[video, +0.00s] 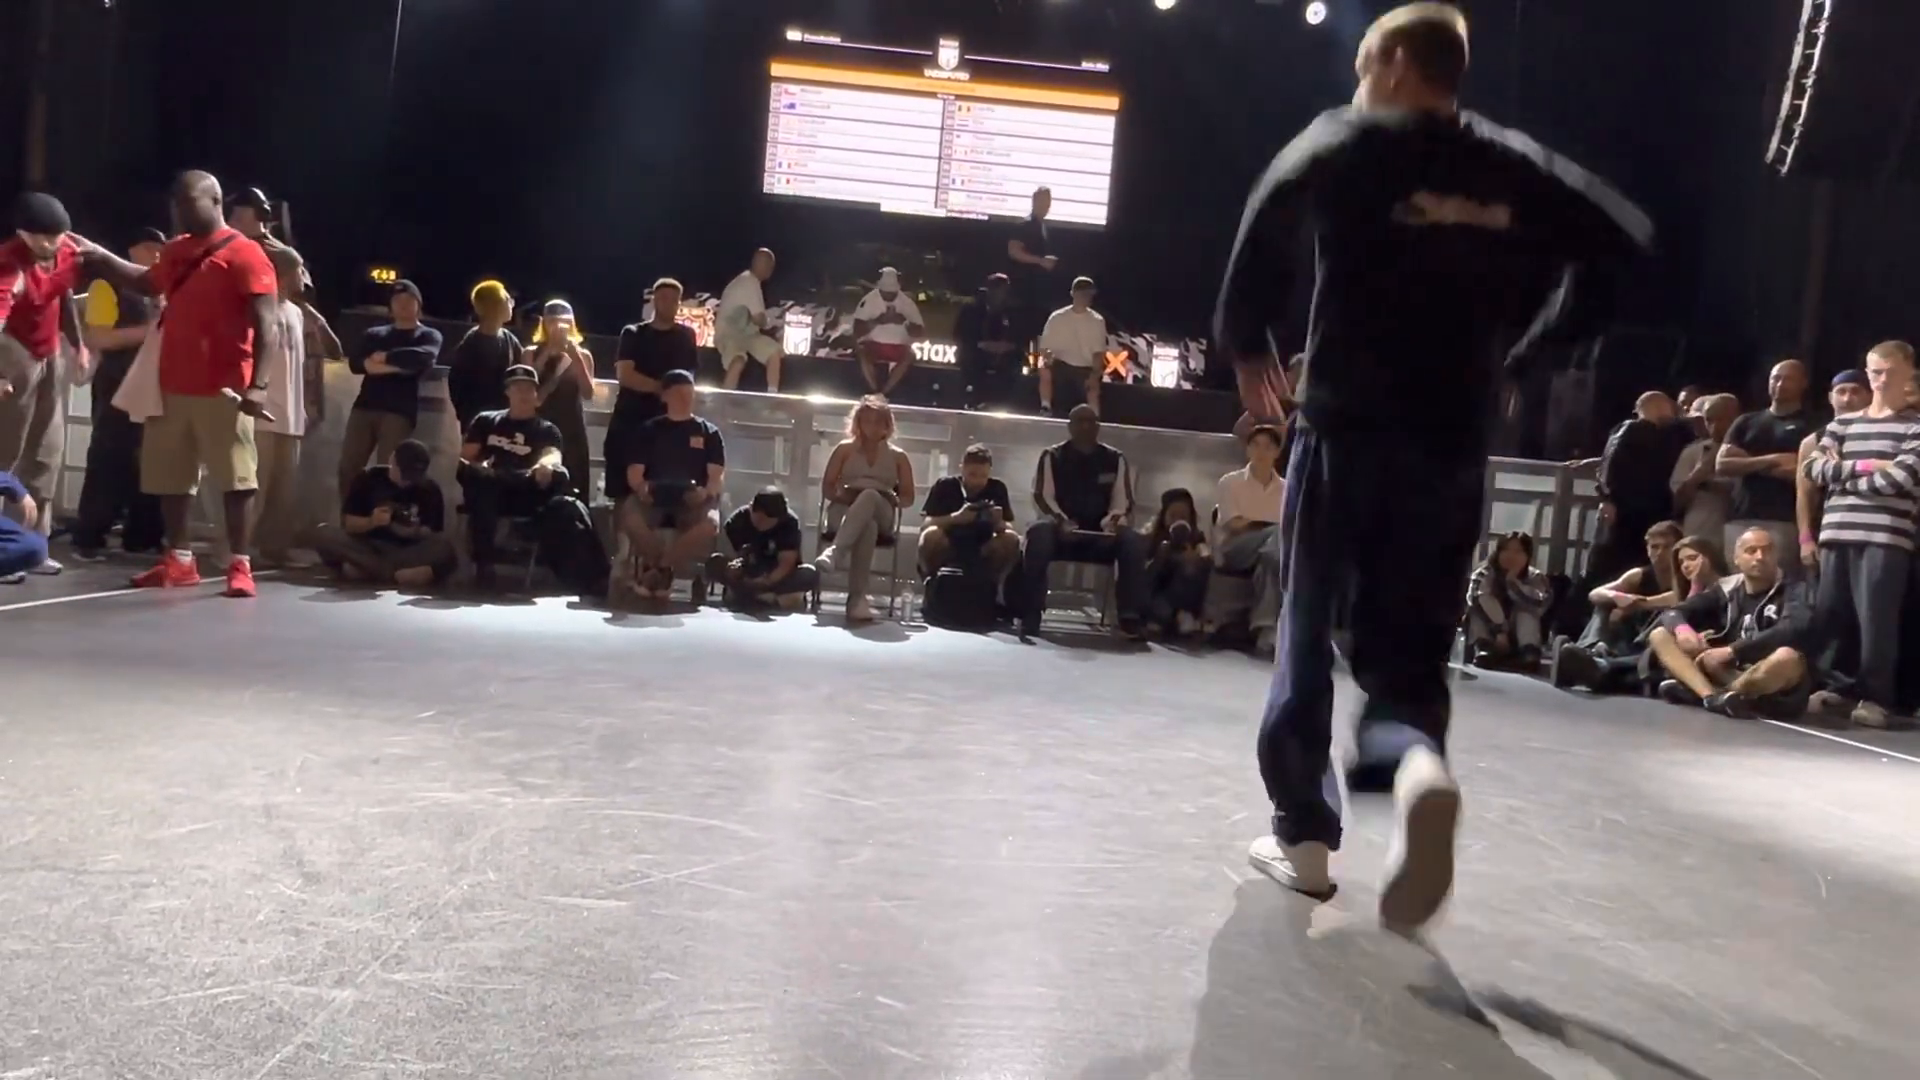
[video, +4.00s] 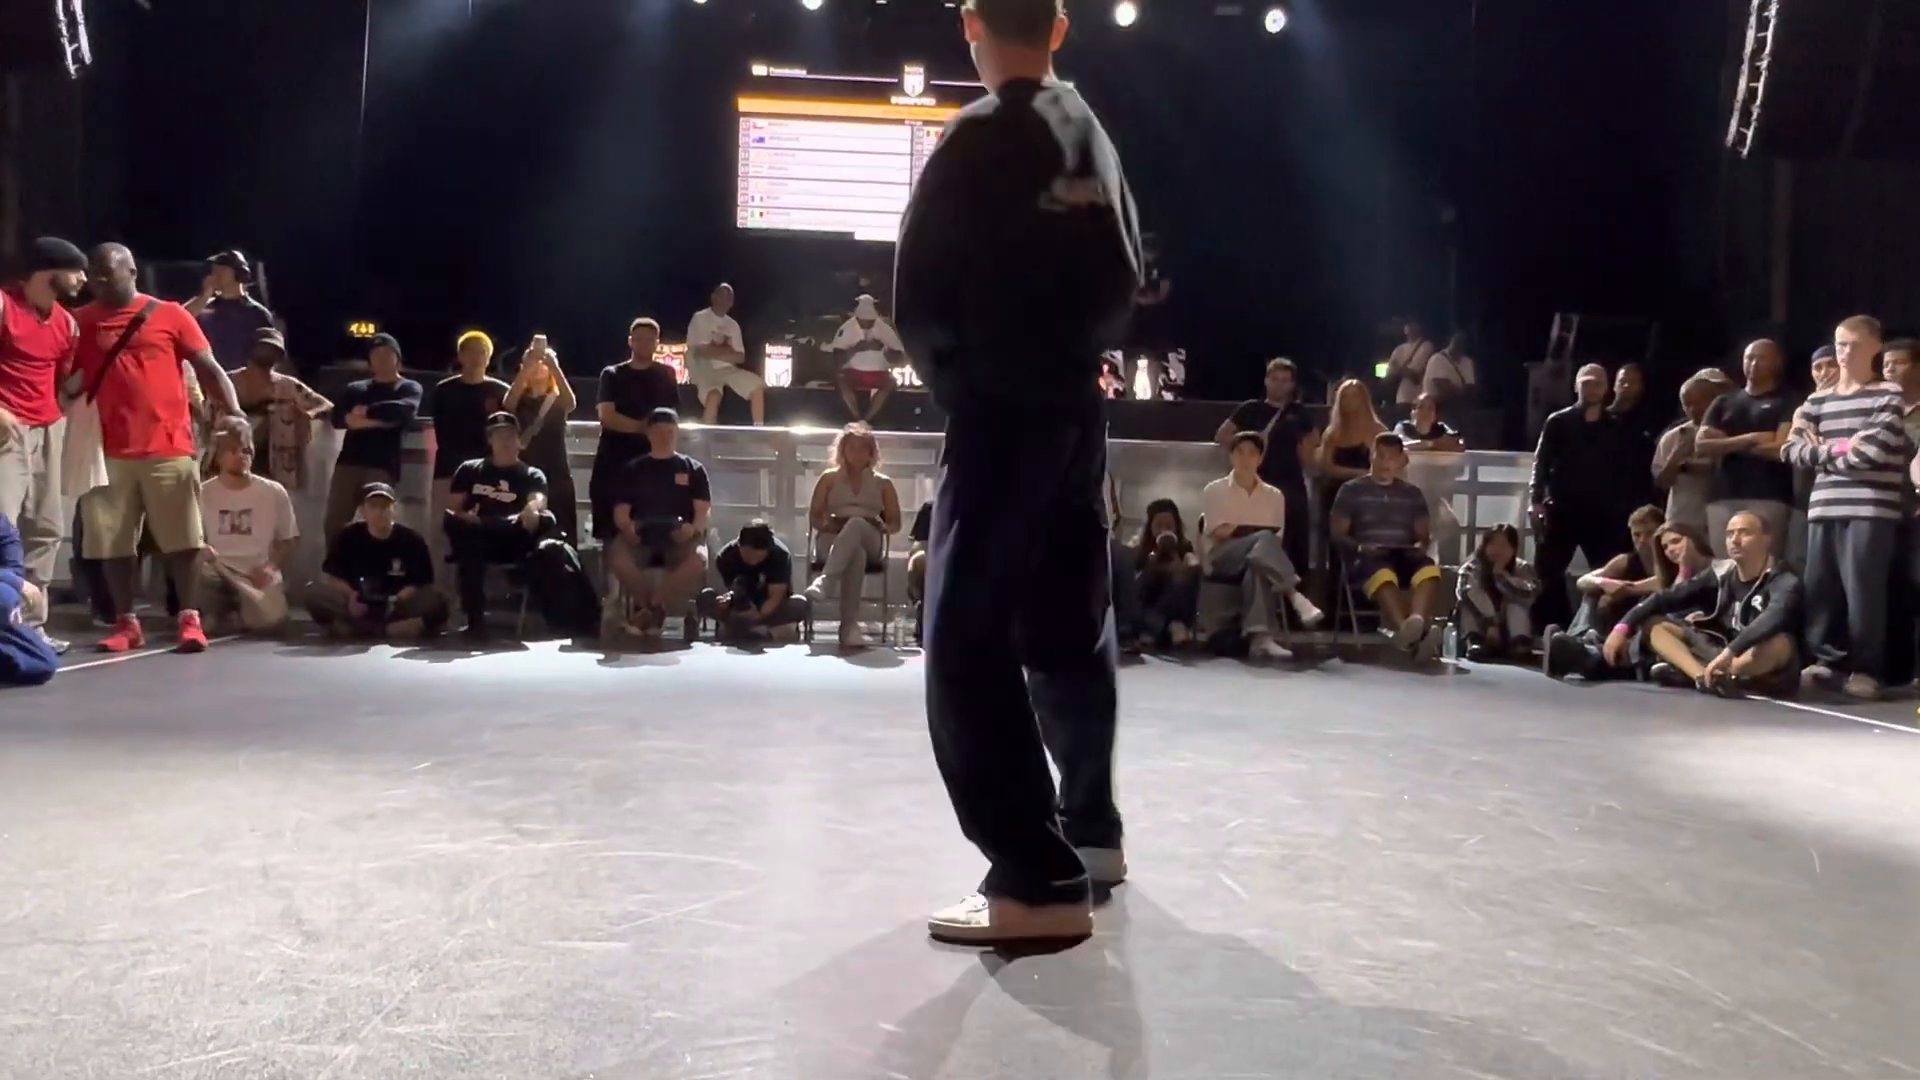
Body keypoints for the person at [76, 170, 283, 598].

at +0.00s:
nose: (180, 211)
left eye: (188, 202)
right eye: (177, 203)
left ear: (214, 200)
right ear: (177, 207)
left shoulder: (245, 252)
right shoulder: (177, 250)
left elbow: (268, 324)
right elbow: (148, 282)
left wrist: (260, 385)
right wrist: (102, 257)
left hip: (226, 390)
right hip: (172, 389)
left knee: (237, 481)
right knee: (171, 477)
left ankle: (240, 564)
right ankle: (178, 559)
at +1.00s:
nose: (226, 209)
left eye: (234, 202)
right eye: (219, 201)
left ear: (248, 210)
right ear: (205, 206)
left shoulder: (267, 261)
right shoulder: (183, 246)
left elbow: (284, 331)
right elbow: (134, 273)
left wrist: (276, 392)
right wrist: (91, 242)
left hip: (235, 391)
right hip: (175, 386)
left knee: (236, 480)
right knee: (166, 474)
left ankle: (226, 559)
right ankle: (175, 557)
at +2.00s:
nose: (112, 224)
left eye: (118, 216)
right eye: (106, 218)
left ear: (140, 217)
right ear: (101, 226)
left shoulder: (180, 261)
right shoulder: (95, 270)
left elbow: (215, 321)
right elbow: (69, 335)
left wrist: (236, 378)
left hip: (181, 403)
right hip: (120, 405)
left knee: (191, 497)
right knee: (120, 498)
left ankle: (197, 574)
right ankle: (125, 575)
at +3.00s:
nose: (114, 251)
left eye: (117, 242)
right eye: (105, 245)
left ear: (125, 246)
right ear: (85, 252)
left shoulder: (151, 286)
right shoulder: (72, 295)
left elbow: (188, 343)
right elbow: (52, 358)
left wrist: (226, 388)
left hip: (156, 422)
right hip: (97, 427)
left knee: (168, 514)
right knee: (99, 520)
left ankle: (165, 597)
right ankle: (111, 600)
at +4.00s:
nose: (98, 280)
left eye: (105, 271)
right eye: (94, 273)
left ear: (131, 271)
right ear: (90, 278)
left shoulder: (170, 315)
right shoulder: (84, 322)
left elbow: (211, 369)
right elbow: (68, 386)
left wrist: (234, 412)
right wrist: (70, 382)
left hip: (169, 450)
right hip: (111, 453)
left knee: (183, 540)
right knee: (115, 544)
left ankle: (189, 618)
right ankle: (126, 624)